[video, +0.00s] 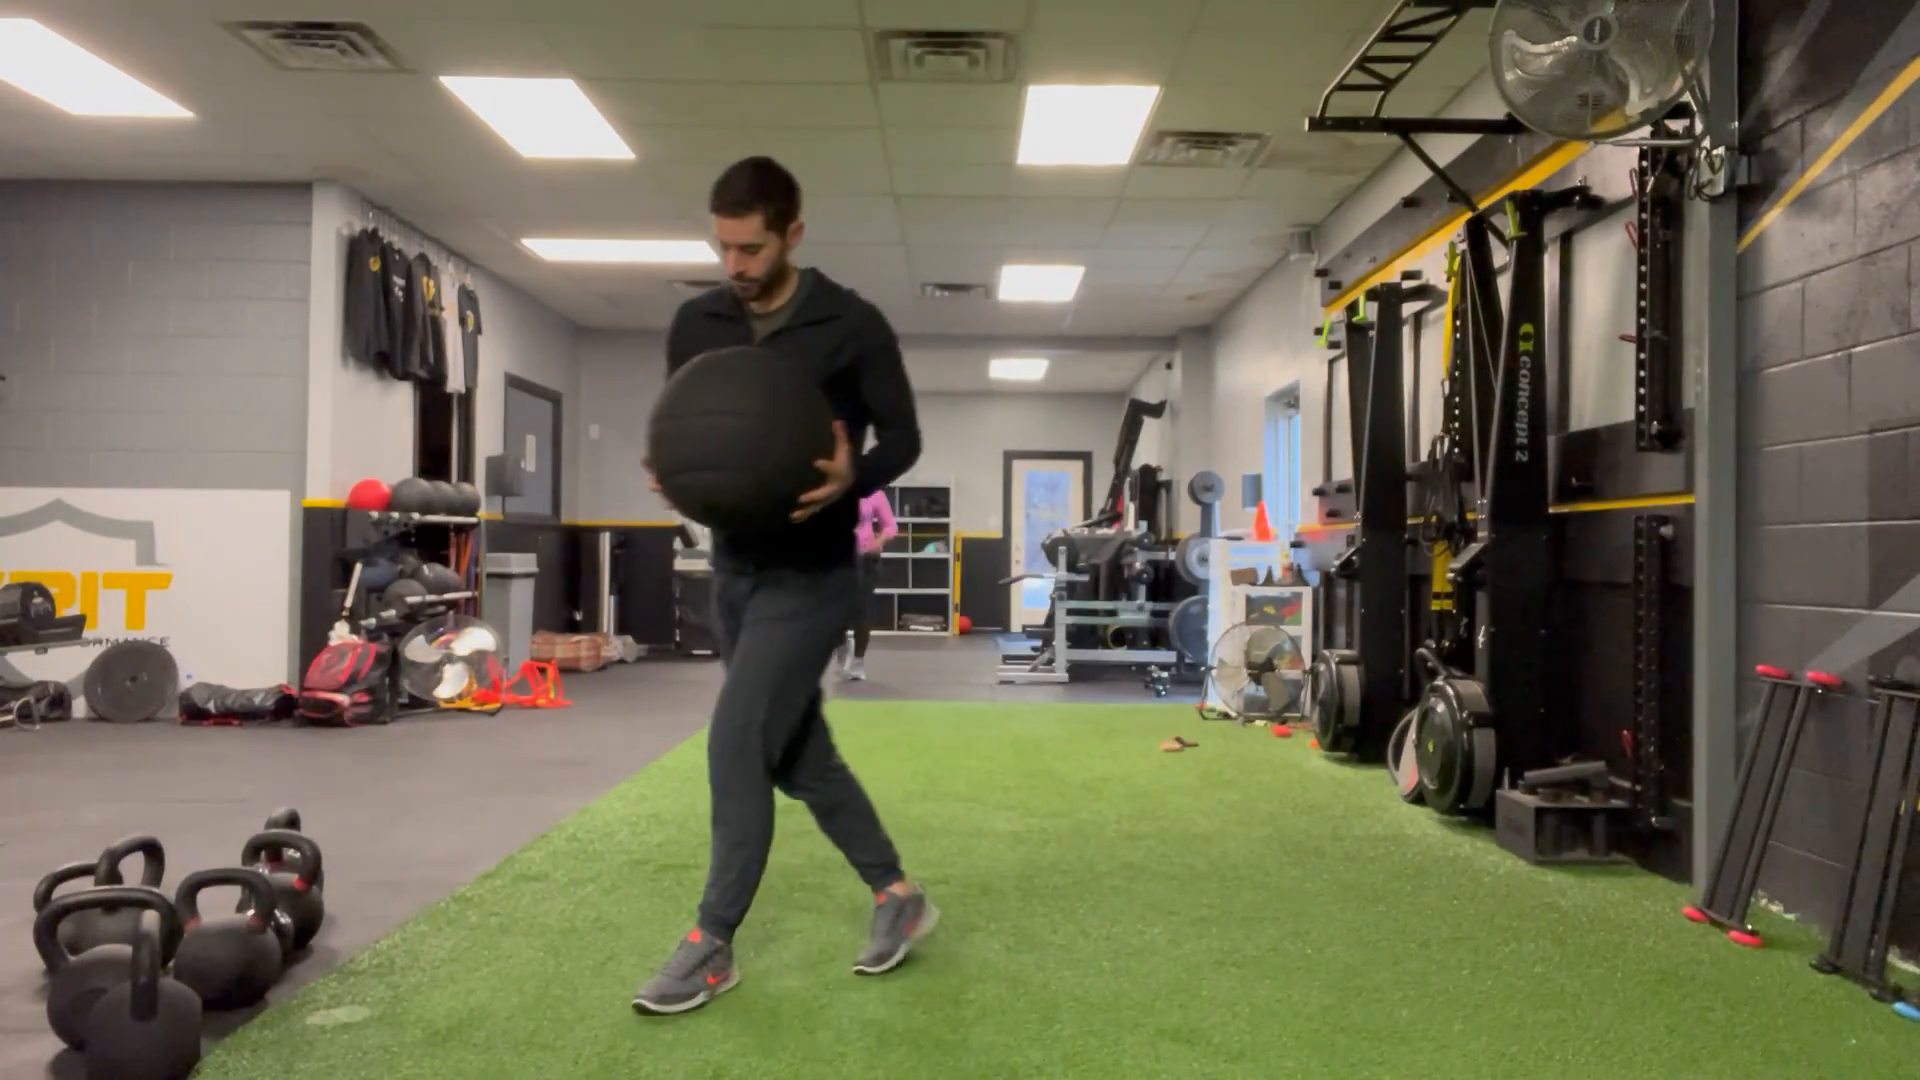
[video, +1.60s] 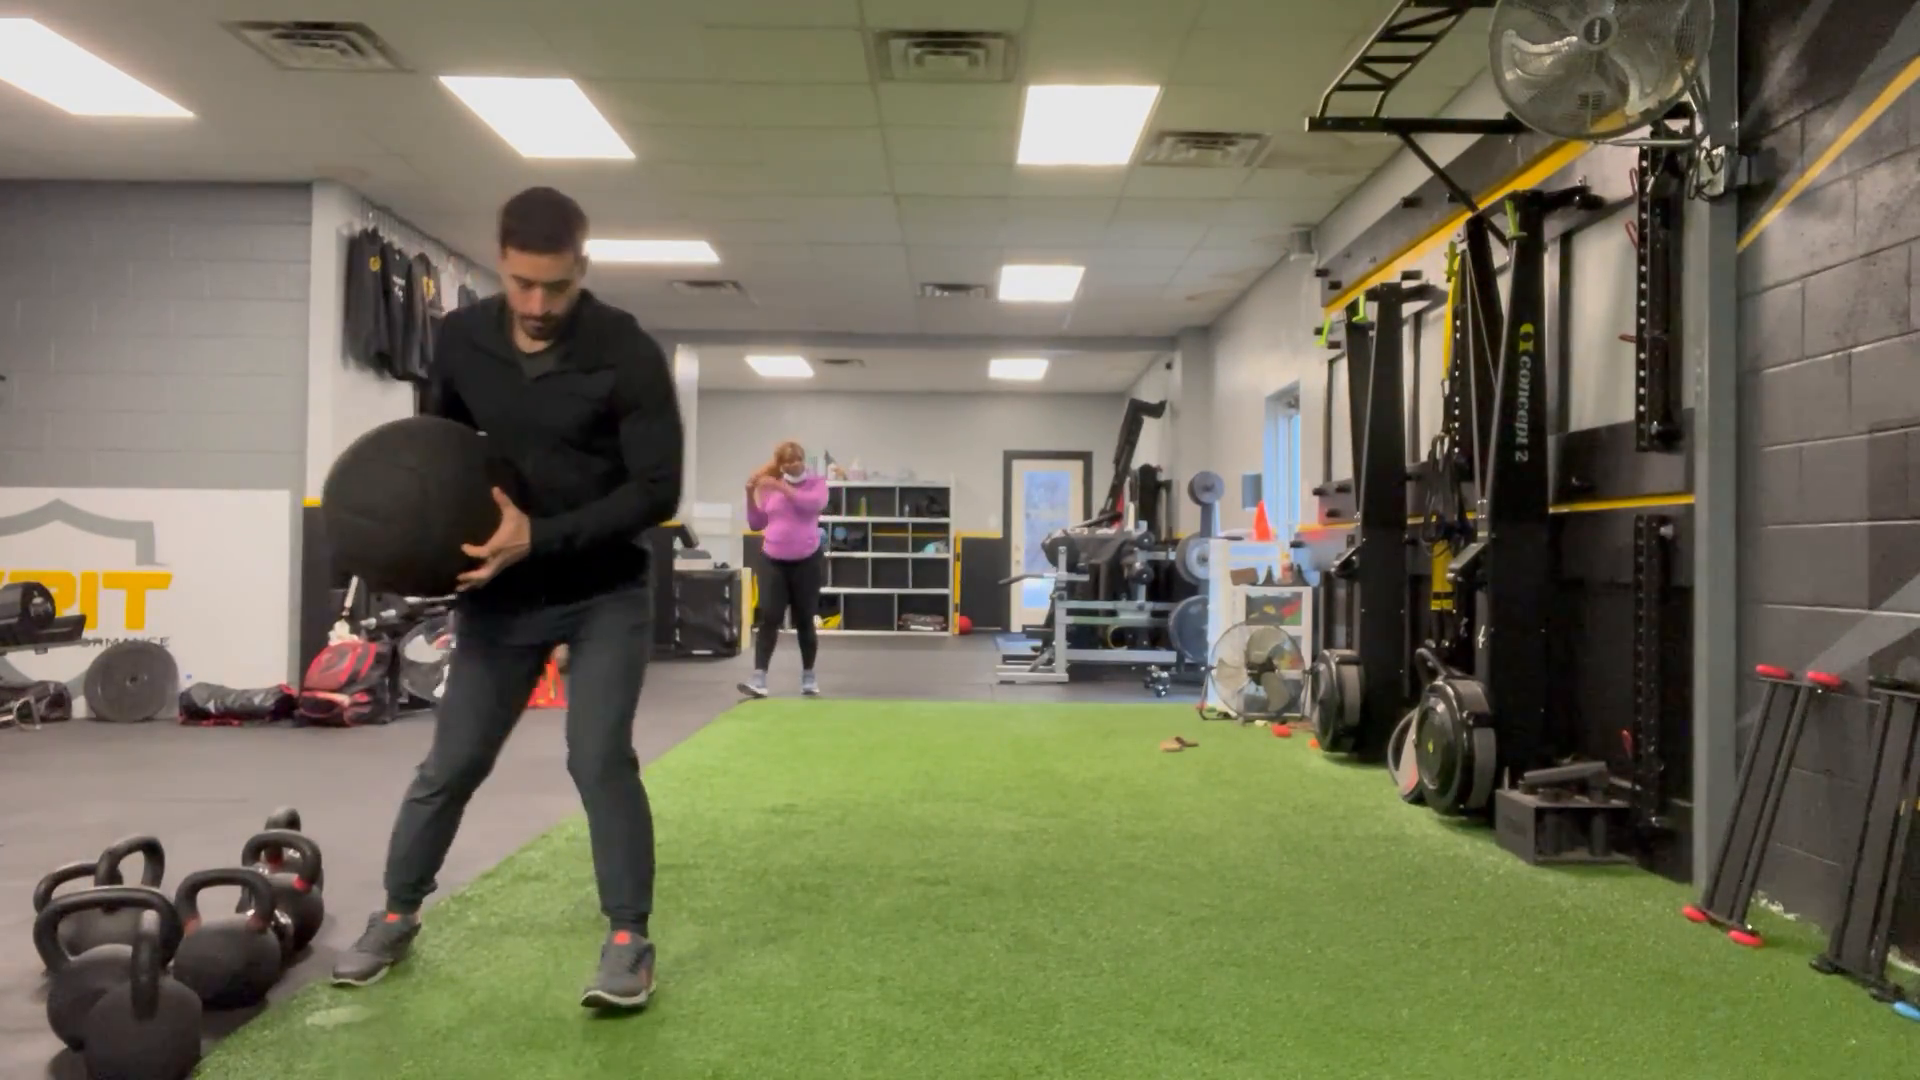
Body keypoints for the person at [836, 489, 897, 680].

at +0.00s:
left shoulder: (873, 493)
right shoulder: (833, 495)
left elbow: (890, 526)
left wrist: (878, 542)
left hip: (864, 555)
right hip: (839, 558)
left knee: (862, 610)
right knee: (836, 606)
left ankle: (858, 661)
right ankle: (841, 647)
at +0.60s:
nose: (813, 475)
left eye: (817, 470)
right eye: (809, 470)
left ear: (827, 469)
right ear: (805, 470)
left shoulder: (842, 491)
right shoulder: (798, 489)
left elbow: (852, 523)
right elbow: (772, 478)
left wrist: (852, 556)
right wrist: (800, 468)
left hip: (831, 558)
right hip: (802, 558)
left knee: (834, 609)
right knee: (802, 611)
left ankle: (850, 654)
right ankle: (805, 668)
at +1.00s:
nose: (801, 471)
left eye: (805, 466)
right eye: (797, 466)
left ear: (814, 467)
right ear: (790, 467)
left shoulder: (829, 491)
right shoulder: (783, 490)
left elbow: (846, 524)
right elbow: (756, 498)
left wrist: (859, 557)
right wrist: (768, 472)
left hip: (818, 559)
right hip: (789, 560)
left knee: (812, 612)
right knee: (796, 614)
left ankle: (813, 667)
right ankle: (802, 665)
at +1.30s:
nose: (801, 465)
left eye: (805, 460)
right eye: (797, 461)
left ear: (813, 462)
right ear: (789, 464)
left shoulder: (829, 489)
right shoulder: (782, 489)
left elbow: (845, 523)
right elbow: (756, 512)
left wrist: (840, 547)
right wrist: (760, 477)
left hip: (815, 559)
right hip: (783, 559)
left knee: (813, 616)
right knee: (775, 614)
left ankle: (810, 674)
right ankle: (792, 652)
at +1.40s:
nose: (801, 463)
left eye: (805, 459)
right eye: (796, 459)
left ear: (811, 460)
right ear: (787, 462)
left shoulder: (826, 486)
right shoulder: (781, 488)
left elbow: (843, 520)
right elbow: (759, 517)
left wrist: (821, 524)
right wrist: (757, 485)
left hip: (813, 556)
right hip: (780, 556)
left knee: (809, 616)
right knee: (771, 611)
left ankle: (809, 674)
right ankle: (781, 663)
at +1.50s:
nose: (799, 463)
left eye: (803, 458)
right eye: (793, 460)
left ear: (809, 459)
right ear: (784, 463)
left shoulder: (821, 484)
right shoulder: (779, 488)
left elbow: (832, 512)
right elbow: (759, 521)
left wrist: (800, 503)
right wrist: (754, 488)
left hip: (811, 557)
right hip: (778, 557)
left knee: (808, 617)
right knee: (771, 614)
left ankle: (809, 675)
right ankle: (766, 675)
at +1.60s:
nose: (795, 464)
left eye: (798, 459)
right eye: (789, 461)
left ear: (804, 460)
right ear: (779, 465)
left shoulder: (816, 483)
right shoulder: (770, 486)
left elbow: (814, 504)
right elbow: (757, 524)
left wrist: (780, 486)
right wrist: (750, 493)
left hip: (806, 558)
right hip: (773, 558)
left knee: (805, 620)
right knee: (769, 617)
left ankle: (809, 677)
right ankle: (759, 677)